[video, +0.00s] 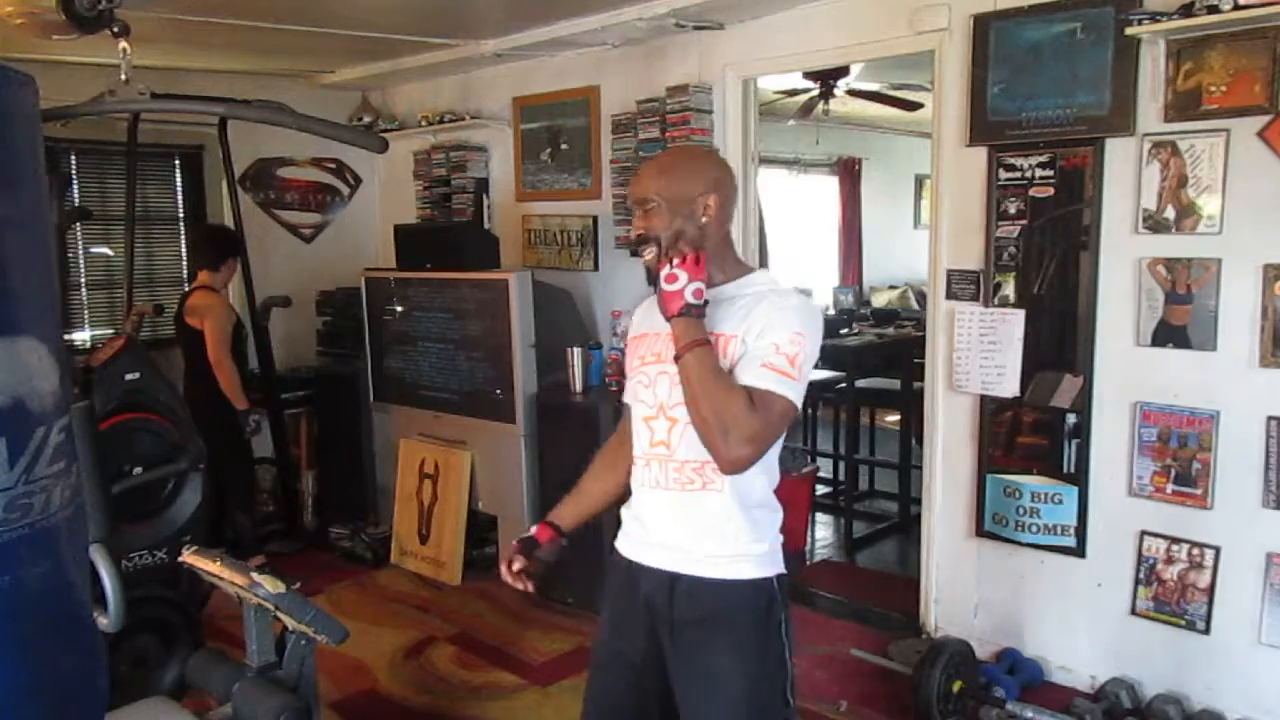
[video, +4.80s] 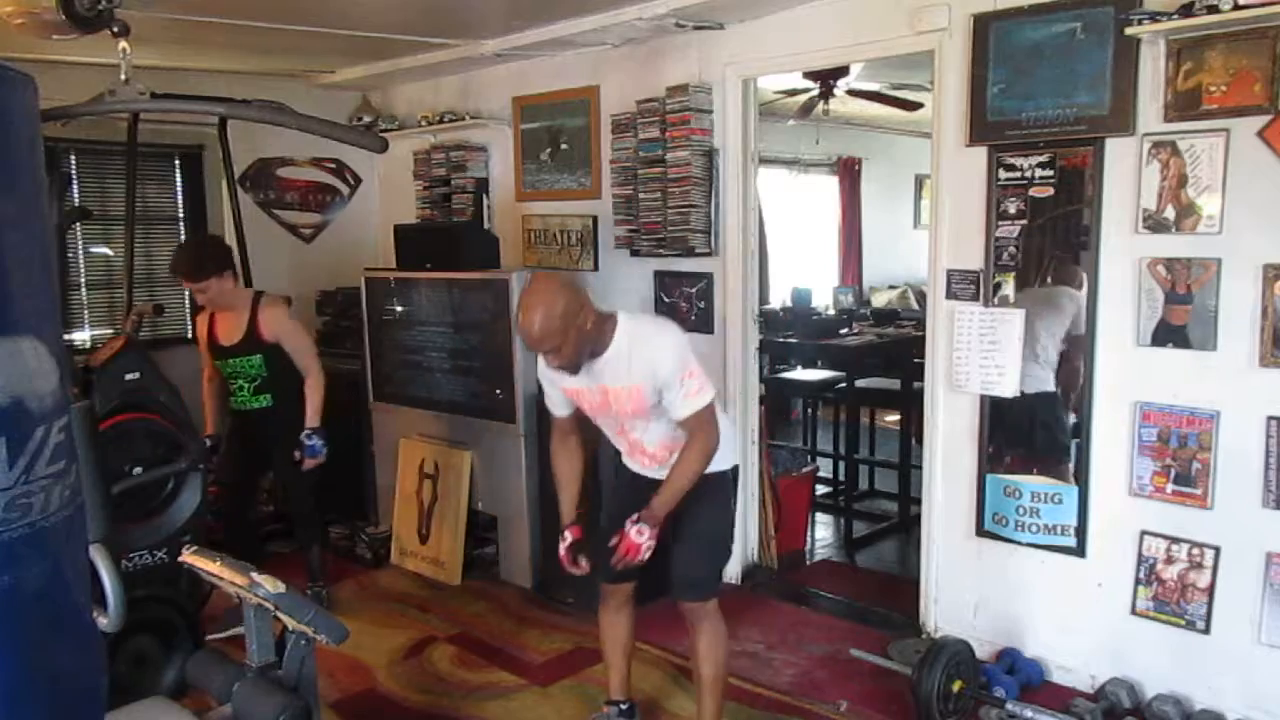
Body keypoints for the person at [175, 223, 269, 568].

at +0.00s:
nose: (236, 269)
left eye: (236, 262)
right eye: (235, 262)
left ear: (201, 261)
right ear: (228, 264)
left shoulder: (192, 300)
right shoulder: (216, 305)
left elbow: (199, 359)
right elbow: (220, 360)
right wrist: (243, 406)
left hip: (199, 399)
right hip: (217, 402)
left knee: (217, 474)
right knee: (237, 473)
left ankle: (215, 544)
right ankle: (245, 549)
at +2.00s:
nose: (238, 261)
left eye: (240, 255)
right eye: (229, 254)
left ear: (241, 258)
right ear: (207, 259)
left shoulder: (208, 297)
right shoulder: (214, 304)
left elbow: (212, 357)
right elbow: (214, 360)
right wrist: (239, 410)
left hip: (210, 402)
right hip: (220, 406)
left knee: (225, 478)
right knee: (238, 480)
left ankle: (222, 548)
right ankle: (247, 553)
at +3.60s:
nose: (244, 273)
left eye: (249, 265)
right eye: (236, 265)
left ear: (255, 262)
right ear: (215, 262)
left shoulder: (243, 292)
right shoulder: (210, 303)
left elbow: (246, 350)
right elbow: (202, 365)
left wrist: (262, 391)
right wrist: (221, 418)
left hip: (247, 402)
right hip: (225, 407)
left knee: (244, 480)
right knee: (232, 484)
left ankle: (243, 548)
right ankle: (230, 552)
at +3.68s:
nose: (244, 273)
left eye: (250, 266)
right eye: (237, 265)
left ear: (255, 263)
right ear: (216, 261)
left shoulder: (244, 294)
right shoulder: (211, 304)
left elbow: (246, 346)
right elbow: (201, 367)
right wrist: (218, 421)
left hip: (251, 405)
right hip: (229, 411)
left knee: (247, 482)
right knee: (236, 486)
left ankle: (246, 548)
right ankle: (233, 553)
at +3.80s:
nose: (244, 274)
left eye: (249, 267)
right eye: (236, 266)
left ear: (256, 263)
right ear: (216, 262)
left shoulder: (248, 294)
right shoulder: (212, 306)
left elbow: (254, 351)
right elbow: (199, 369)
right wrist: (213, 424)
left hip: (259, 406)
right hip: (234, 411)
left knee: (252, 483)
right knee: (240, 487)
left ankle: (250, 548)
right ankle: (238, 553)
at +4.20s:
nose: (235, 279)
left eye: (243, 270)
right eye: (227, 271)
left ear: (257, 263)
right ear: (214, 265)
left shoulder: (271, 300)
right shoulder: (210, 311)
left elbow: (288, 354)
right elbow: (194, 377)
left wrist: (324, 395)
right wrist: (204, 434)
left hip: (276, 414)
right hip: (234, 420)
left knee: (295, 481)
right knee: (241, 498)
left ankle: (294, 557)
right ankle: (243, 566)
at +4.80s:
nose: (198, 300)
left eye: (203, 291)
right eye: (193, 293)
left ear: (229, 278)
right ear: (190, 287)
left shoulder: (270, 314)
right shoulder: (205, 324)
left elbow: (313, 370)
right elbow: (212, 378)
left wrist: (313, 430)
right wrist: (211, 435)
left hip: (287, 429)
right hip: (243, 432)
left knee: (301, 507)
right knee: (233, 507)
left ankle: (316, 586)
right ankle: (246, 589)